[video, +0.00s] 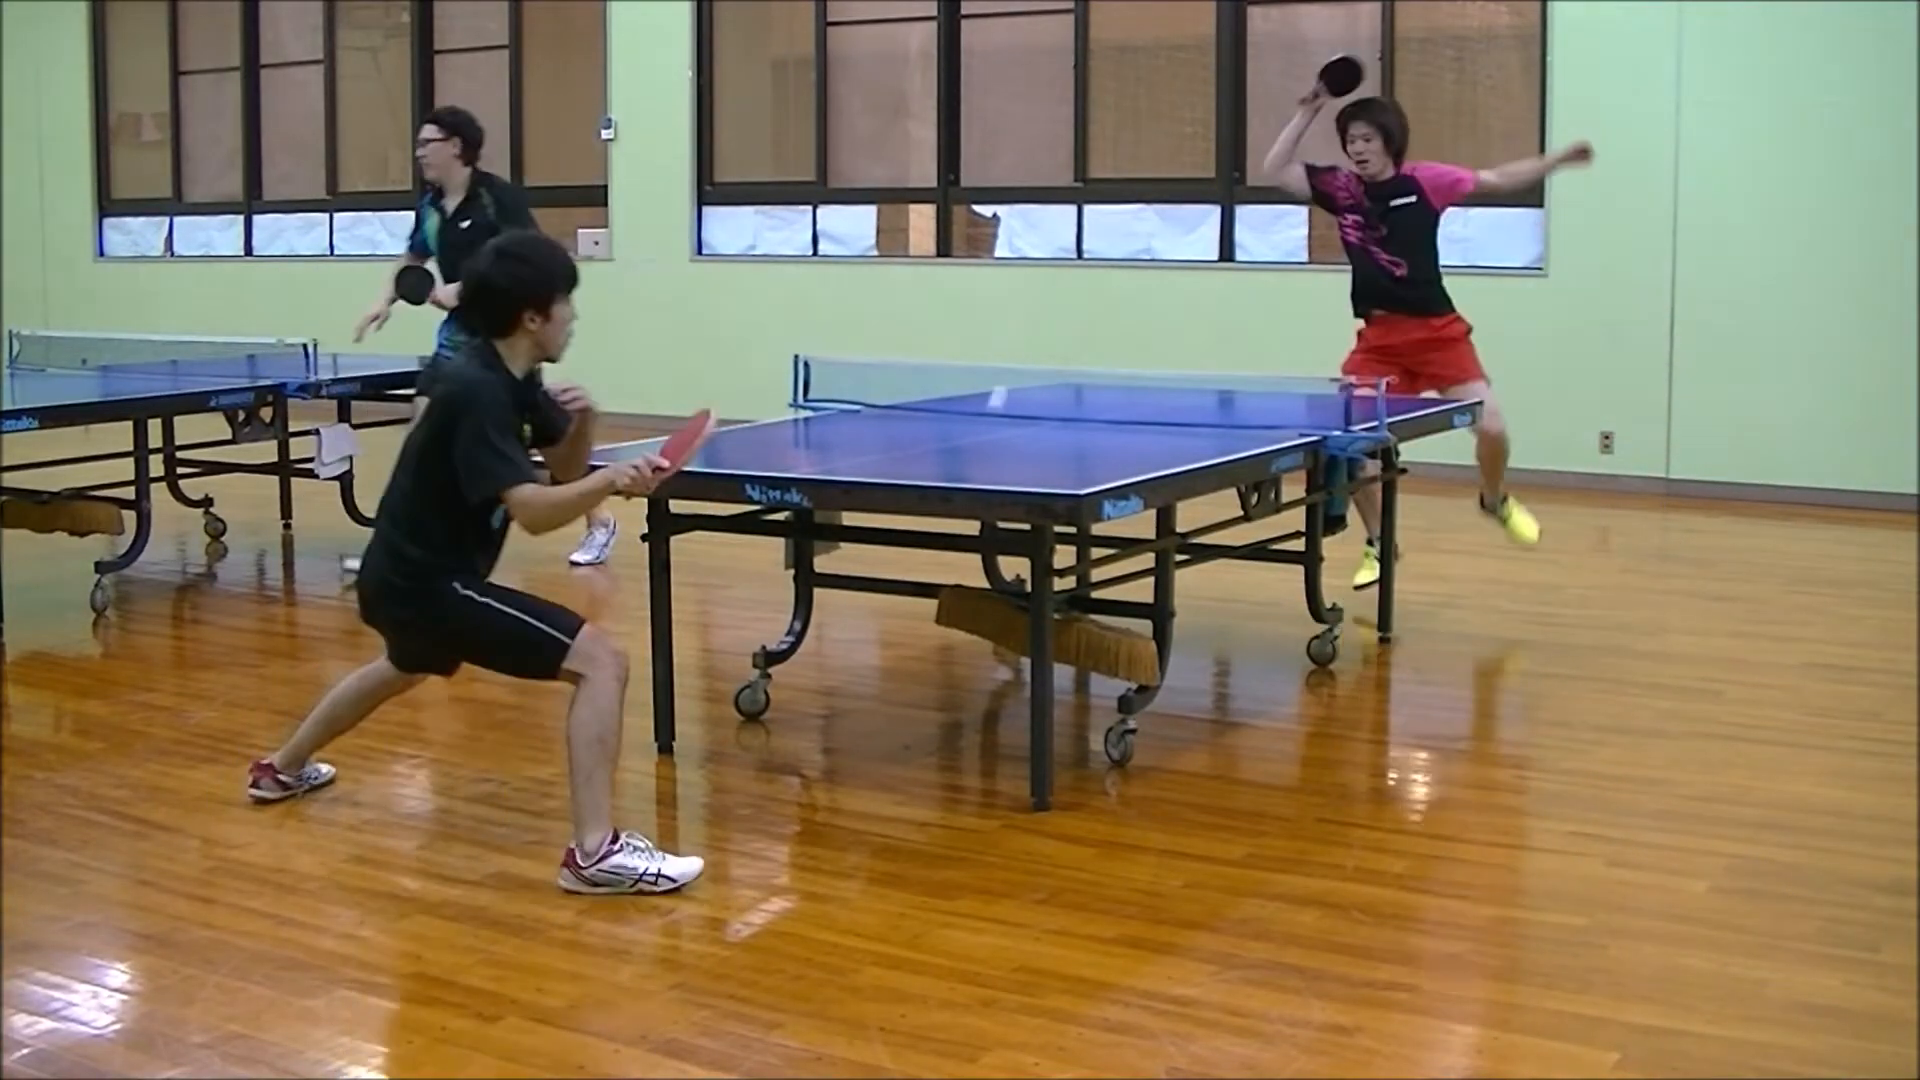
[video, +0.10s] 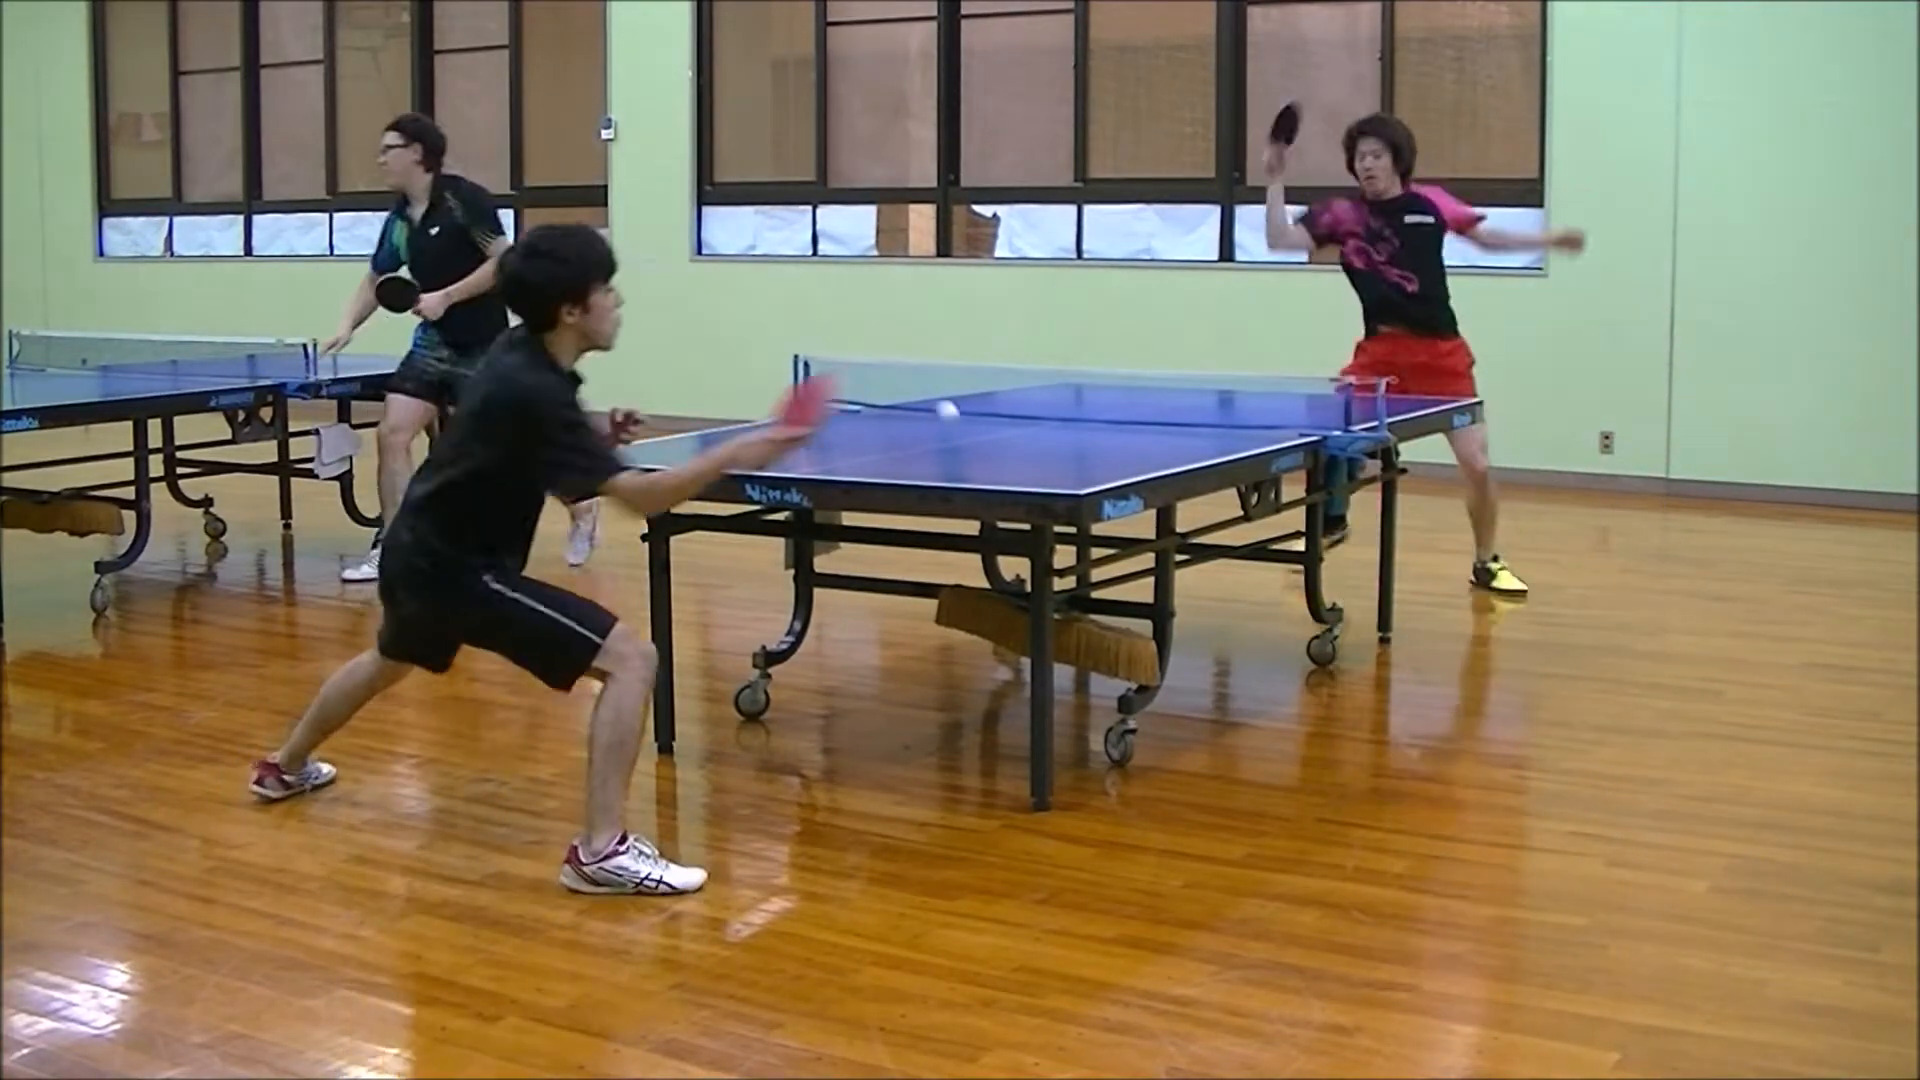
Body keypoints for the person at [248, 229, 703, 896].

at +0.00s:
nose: (572, 321)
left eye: (571, 308)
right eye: (566, 309)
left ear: (521, 314)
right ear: (532, 317)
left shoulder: (513, 374)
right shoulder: (476, 388)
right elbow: (533, 513)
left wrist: (582, 420)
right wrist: (610, 480)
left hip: (410, 578)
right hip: (424, 592)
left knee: (408, 667)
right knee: (600, 661)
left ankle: (281, 767)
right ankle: (595, 847)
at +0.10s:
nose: (618, 300)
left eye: (612, 288)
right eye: (606, 291)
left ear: (556, 307)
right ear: (569, 310)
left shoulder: (510, 356)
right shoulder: (538, 395)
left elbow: (503, 449)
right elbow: (642, 497)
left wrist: (591, 437)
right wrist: (737, 452)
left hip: (412, 558)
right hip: (459, 578)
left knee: (387, 662)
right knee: (631, 658)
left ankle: (283, 764)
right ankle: (602, 847)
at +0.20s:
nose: (661, 289)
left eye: (656, 277)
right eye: (652, 280)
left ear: (582, 295)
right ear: (615, 300)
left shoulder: (528, 336)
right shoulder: (619, 388)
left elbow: (469, 433)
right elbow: (756, 442)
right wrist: (865, 392)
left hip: (414, 537)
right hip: (479, 560)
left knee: (375, 648)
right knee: (646, 658)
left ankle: (300, 767)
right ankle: (604, 847)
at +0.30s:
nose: (684, 273)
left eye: (680, 259)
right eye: (677, 261)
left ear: (606, 273)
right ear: (647, 281)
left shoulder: (544, 308)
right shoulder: (657, 369)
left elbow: (431, 336)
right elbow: (800, 388)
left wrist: (488, 353)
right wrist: (894, 312)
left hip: (420, 516)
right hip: (493, 541)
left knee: (372, 650)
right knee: (647, 658)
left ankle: (301, 782)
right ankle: (603, 849)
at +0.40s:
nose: (676, 242)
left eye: (673, 230)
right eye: (670, 232)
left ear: (593, 234)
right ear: (646, 244)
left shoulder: (532, 276)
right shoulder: (653, 331)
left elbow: (416, 296)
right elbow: (785, 364)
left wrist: (420, 366)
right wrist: (869, 295)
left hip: (423, 497)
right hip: (501, 523)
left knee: (363, 642)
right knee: (646, 653)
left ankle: (296, 783)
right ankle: (607, 843)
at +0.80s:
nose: (550, 257)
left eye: (551, 243)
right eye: (549, 243)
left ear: (465, 236)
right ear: (523, 247)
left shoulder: (419, 296)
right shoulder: (516, 320)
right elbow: (582, 436)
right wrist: (653, 415)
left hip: (321, 510)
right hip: (404, 524)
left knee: (323, 628)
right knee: (542, 665)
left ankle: (235, 778)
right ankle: (563, 860)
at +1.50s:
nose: (584, 303)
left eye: (581, 290)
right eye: (580, 292)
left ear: (494, 296)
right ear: (554, 304)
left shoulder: (429, 344)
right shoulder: (561, 393)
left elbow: (317, 384)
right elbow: (671, 462)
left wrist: (382, 322)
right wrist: (809, 471)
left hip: (324, 570)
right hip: (411, 594)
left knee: (369, 618)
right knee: (584, 703)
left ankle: (294, 776)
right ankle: (575, 904)